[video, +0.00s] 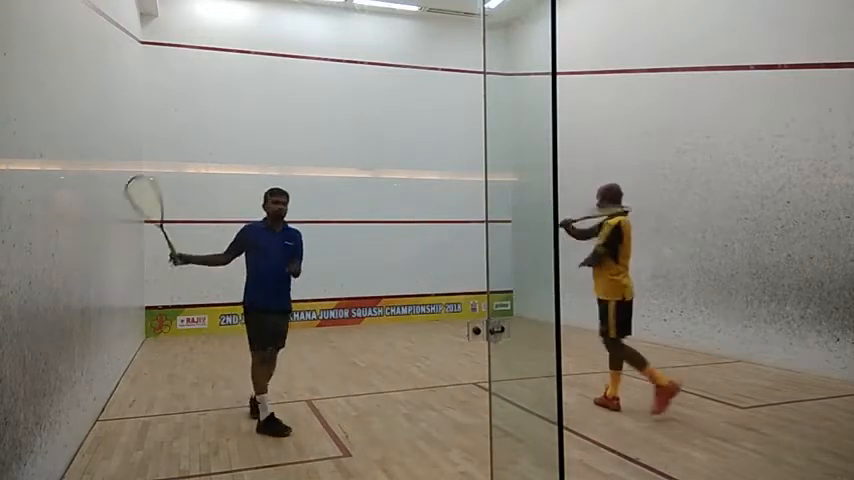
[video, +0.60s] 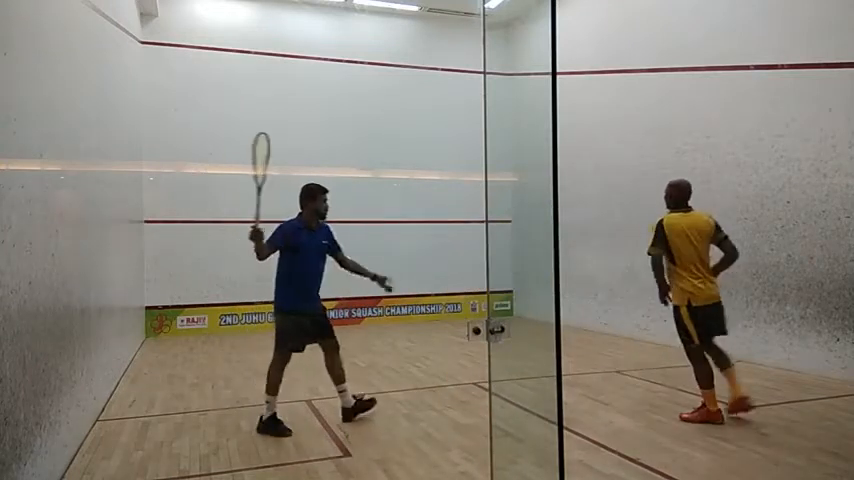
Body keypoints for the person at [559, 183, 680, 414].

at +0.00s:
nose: (598, 206)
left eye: (600, 202)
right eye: (598, 203)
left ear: (607, 203)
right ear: (616, 202)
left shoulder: (616, 224)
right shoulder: (609, 222)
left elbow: (599, 255)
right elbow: (583, 234)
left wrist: (586, 261)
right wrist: (567, 226)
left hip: (615, 293)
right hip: (609, 292)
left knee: (613, 342)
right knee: (612, 342)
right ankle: (612, 395)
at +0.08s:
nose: (608, 204)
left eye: (611, 200)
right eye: (609, 200)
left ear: (622, 202)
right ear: (625, 202)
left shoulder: (631, 227)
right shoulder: (622, 226)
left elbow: (621, 260)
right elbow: (605, 247)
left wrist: (594, 271)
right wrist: (575, 243)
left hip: (630, 298)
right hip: (618, 297)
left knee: (639, 346)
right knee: (614, 341)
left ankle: (688, 391)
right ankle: (612, 395)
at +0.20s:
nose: (619, 205)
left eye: (621, 201)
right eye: (619, 201)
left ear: (631, 204)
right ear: (636, 203)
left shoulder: (644, 228)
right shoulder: (635, 228)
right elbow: (626, 258)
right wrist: (599, 260)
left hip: (648, 301)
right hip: (633, 301)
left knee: (660, 350)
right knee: (622, 342)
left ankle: (702, 400)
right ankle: (613, 395)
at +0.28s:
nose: (628, 206)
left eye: (632, 202)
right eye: (629, 202)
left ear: (641, 205)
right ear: (648, 206)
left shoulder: (653, 228)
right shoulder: (650, 229)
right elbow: (655, 265)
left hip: (664, 304)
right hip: (651, 304)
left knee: (677, 353)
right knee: (638, 343)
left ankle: (709, 406)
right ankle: (622, 391)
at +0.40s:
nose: (641, 206)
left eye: (643, 202)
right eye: (641, 202)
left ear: (651, 205)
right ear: (663, 204)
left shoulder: (655, 229)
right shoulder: (681, 228)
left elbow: (659, 263)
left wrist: (642, 287)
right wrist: (670, 273)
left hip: (675, 303)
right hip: (672, 302)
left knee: (683, 353)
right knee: (656, 339)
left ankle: (711, 407)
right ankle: (652, 392)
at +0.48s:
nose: (653, 202)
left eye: (655, 198)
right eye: (654, 197)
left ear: (661, 200)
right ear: (676, 199)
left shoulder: (660, 226)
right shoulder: (694, 222)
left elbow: (657, 261)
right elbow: (714, 254)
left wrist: (652, 287)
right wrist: (697, 272)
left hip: (680, 299)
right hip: (699, 296)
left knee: (688, 348)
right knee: (679, 341)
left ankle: (712, 407)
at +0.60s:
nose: (664, 197)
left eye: (667, 194)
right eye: (666, 192)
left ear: (672, 197)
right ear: (688, 198)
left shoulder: (664, 224)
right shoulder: (706, 221)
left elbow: (655, 258)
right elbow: (732, 252)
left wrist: (661, 285)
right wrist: (713, 271)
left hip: (685, 300)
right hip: (710, 297)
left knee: (695, 353)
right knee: (709, 344)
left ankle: (711, 408)